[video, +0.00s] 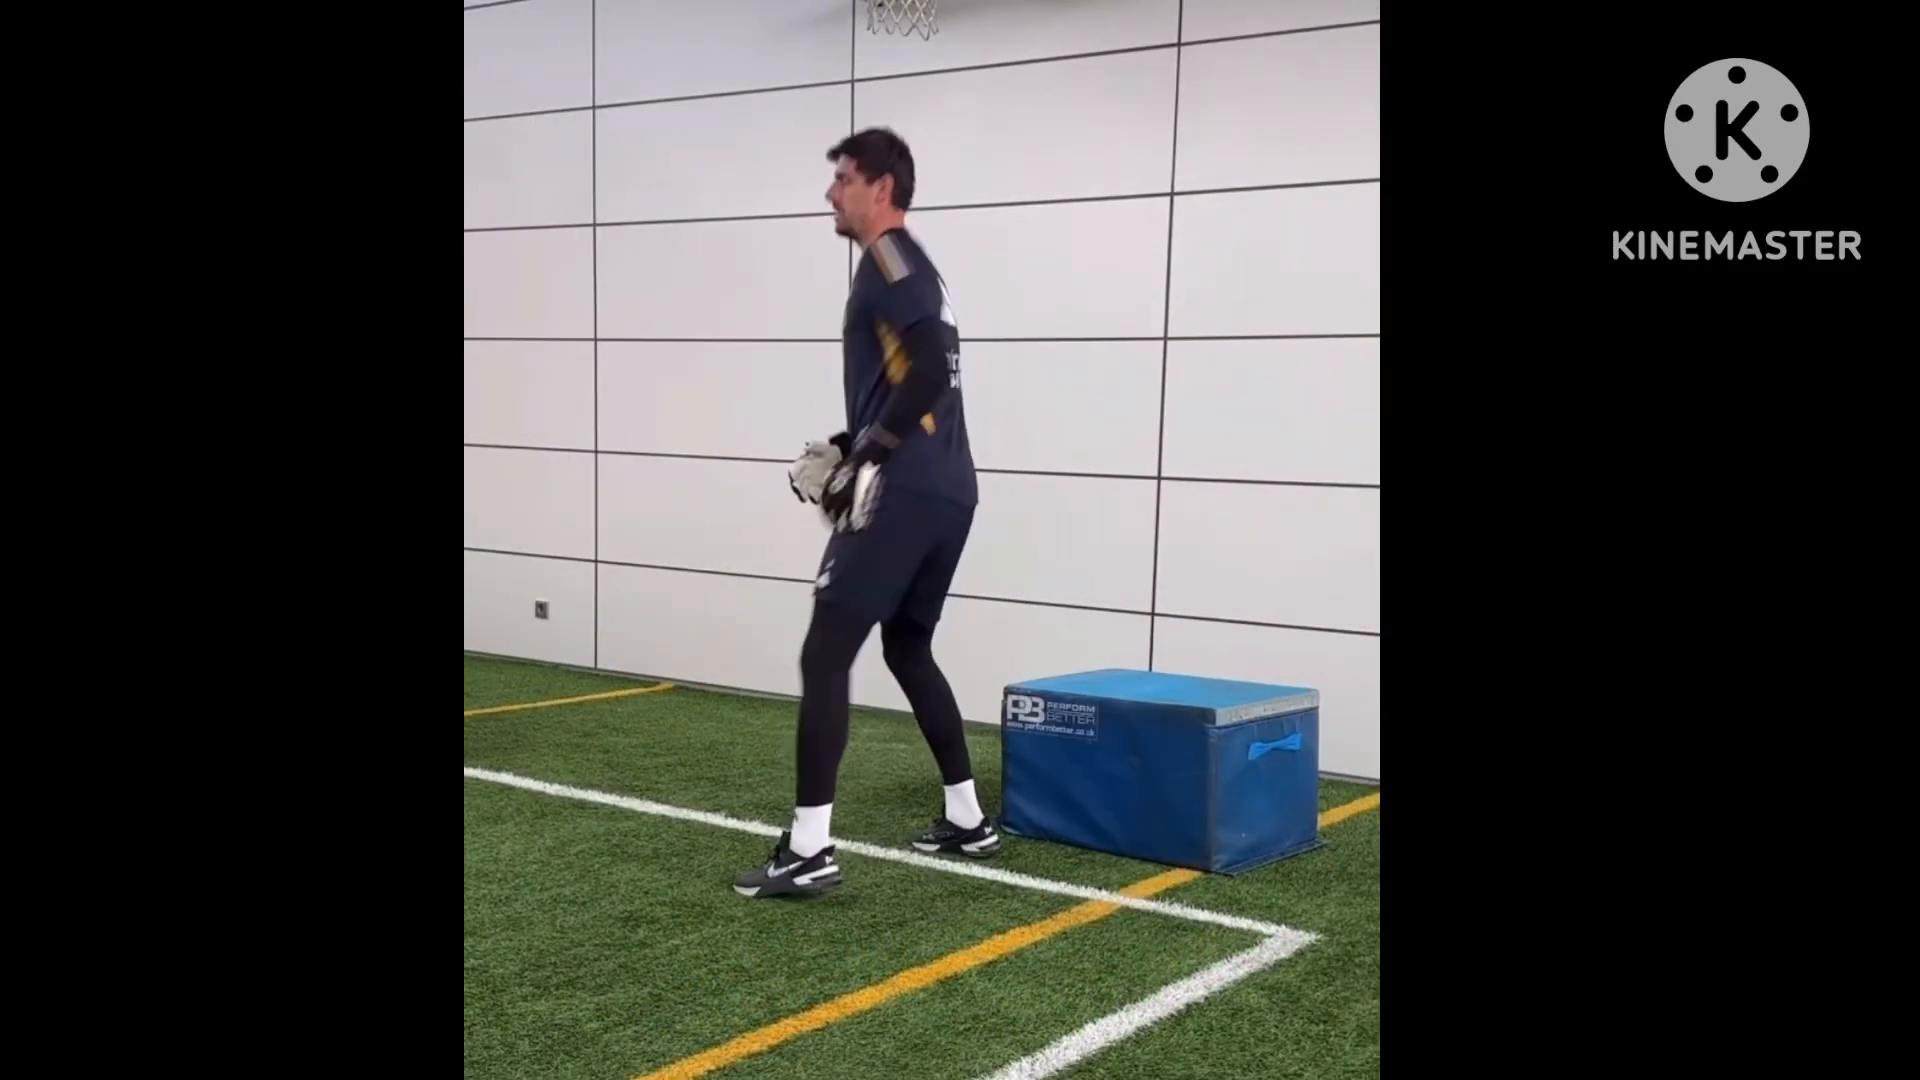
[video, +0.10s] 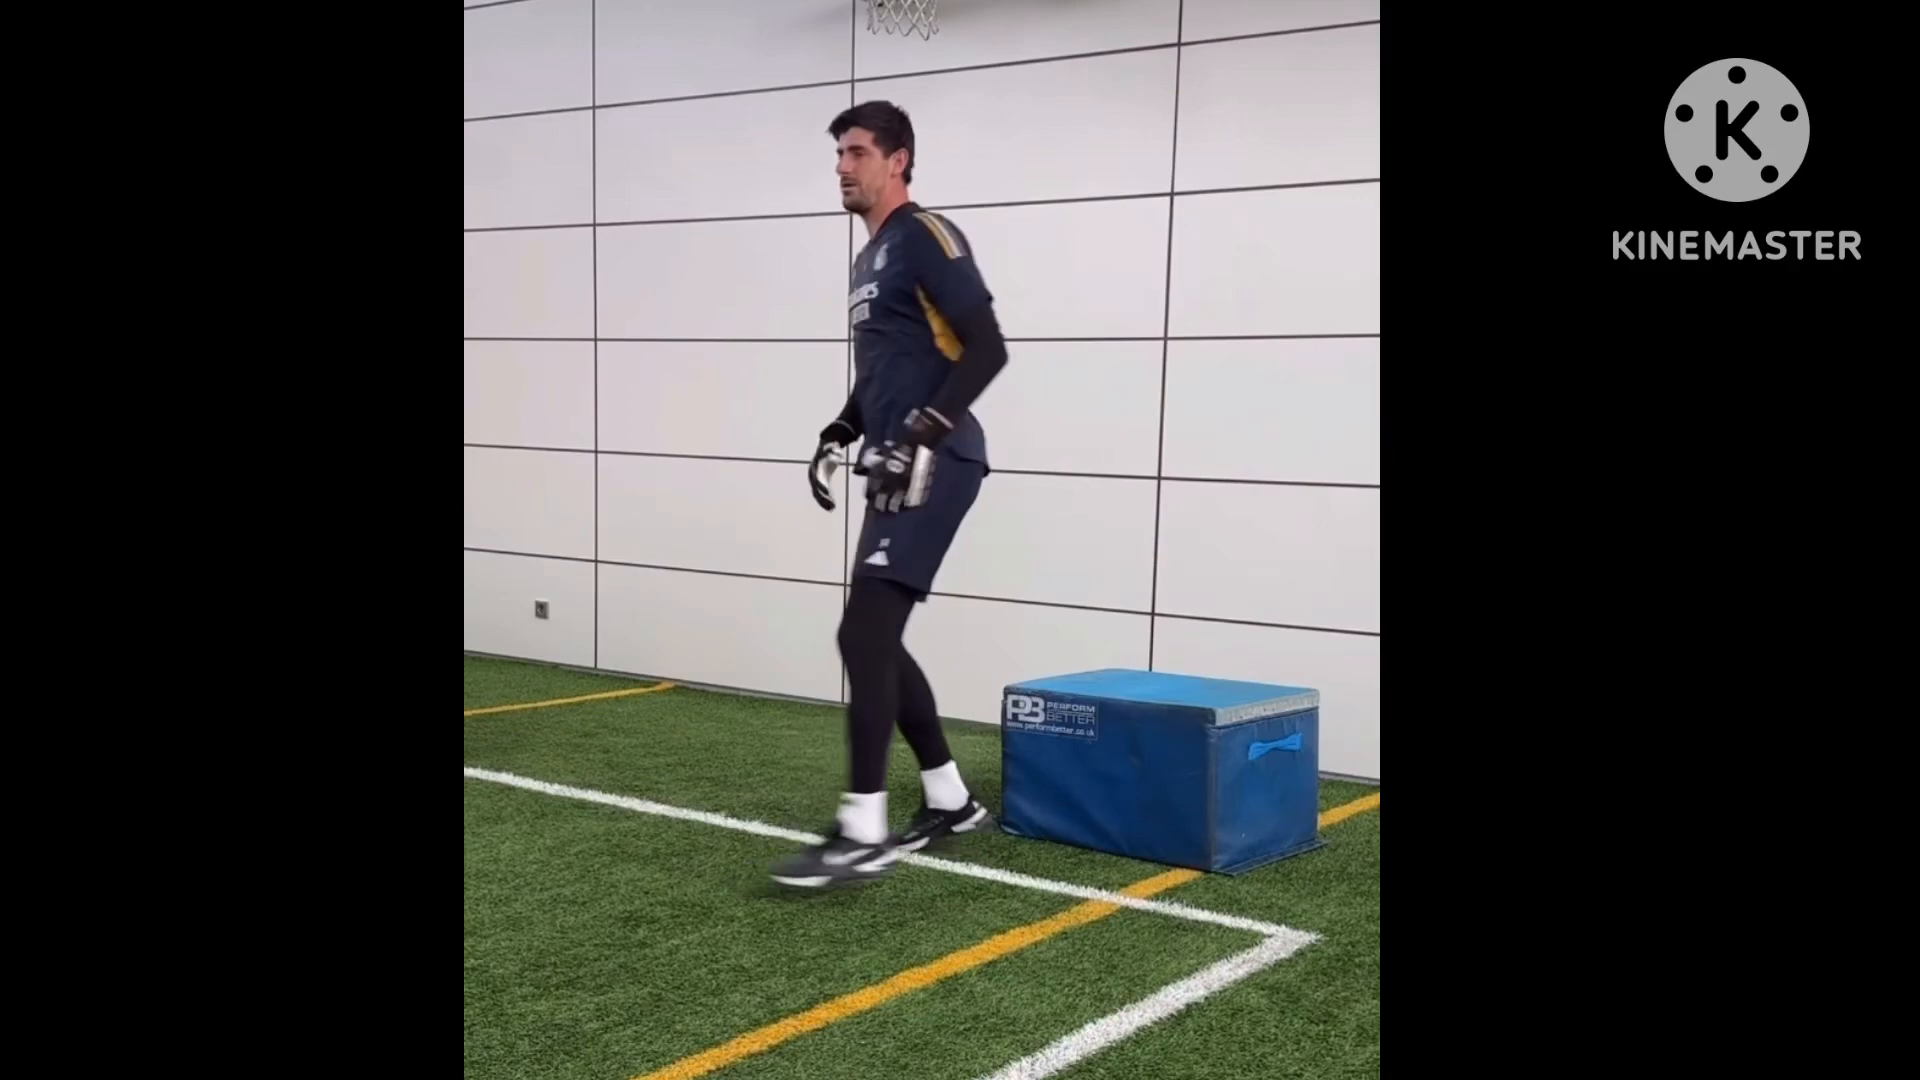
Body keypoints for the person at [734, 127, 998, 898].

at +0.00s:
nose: (830, 192)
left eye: (842, 180)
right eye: (832, 179)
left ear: (882, 188)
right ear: (884, 190)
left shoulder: (888, 258)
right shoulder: (902, 262)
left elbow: (930, 368)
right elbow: (905, 381)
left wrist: (872, 452)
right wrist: (844, 446)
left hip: (904, 487)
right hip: (947, 489)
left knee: (825, 654)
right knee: (908, 648)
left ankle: (808, 848)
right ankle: (966, 818)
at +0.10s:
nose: (842, 166)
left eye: (856, 153)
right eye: (840, 154)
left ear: (898, 161)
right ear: (854, 166)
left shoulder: (925, 234)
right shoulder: (873, 249)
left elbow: (988, 348)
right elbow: (885, 363)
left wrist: (920, 433)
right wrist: (838, 434)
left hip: (936, 459)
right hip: (897, 457)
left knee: (865, 634)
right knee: (875, 636)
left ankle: (863, 832)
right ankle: (951, 800)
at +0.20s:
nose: (851, 179)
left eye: (865, 166)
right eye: (847, 167)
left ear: (906, 173)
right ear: (852, 178)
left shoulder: (949, 259)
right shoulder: (856, 277)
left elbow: (1011, 379)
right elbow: (864, 380)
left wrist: (958, 470)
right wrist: (837, 459)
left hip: (943, 486)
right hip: (881, 485)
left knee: (910, 644)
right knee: (856, 655)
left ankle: (974, 835)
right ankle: (896, 817)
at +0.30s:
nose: (860, 207)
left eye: (874, 193)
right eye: (855, 195)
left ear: (913, 201)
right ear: (852, 207)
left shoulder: (963, 292)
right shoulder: (853, 310)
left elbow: (1030, 412)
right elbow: (856, 411)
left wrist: (995, 516)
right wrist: (848, 501)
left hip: (962, 522)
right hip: (887, 525)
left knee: (986, 677)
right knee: (843, 675)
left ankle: (1071, 845)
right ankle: (897, 818)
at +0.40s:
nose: (873, 224)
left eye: (886, 209)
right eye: (866, 211)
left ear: (925, 214)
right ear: (862, 224)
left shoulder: (983, 308)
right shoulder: (866, 326)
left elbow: (1052, 426)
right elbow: (864, 432)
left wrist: (1036, 533)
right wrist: (849, 526)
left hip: (986, 536)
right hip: (903, 540)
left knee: (1037, 696)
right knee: (843, 684)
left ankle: (1107, 858)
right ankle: (898, 820)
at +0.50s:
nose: (894, 216)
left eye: (908, 201)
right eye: (886, 204)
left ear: (946, 204)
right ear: (883, 213)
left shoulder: (1007, 296)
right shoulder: (880, 314)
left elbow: (1076, 406)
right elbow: (859, 404)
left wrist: (1024, 473)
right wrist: (838, 465)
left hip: (1002, 522)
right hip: (918, 523)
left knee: (1040, 687)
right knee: (858, 680)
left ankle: (1105, 856)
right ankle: (898, 819)